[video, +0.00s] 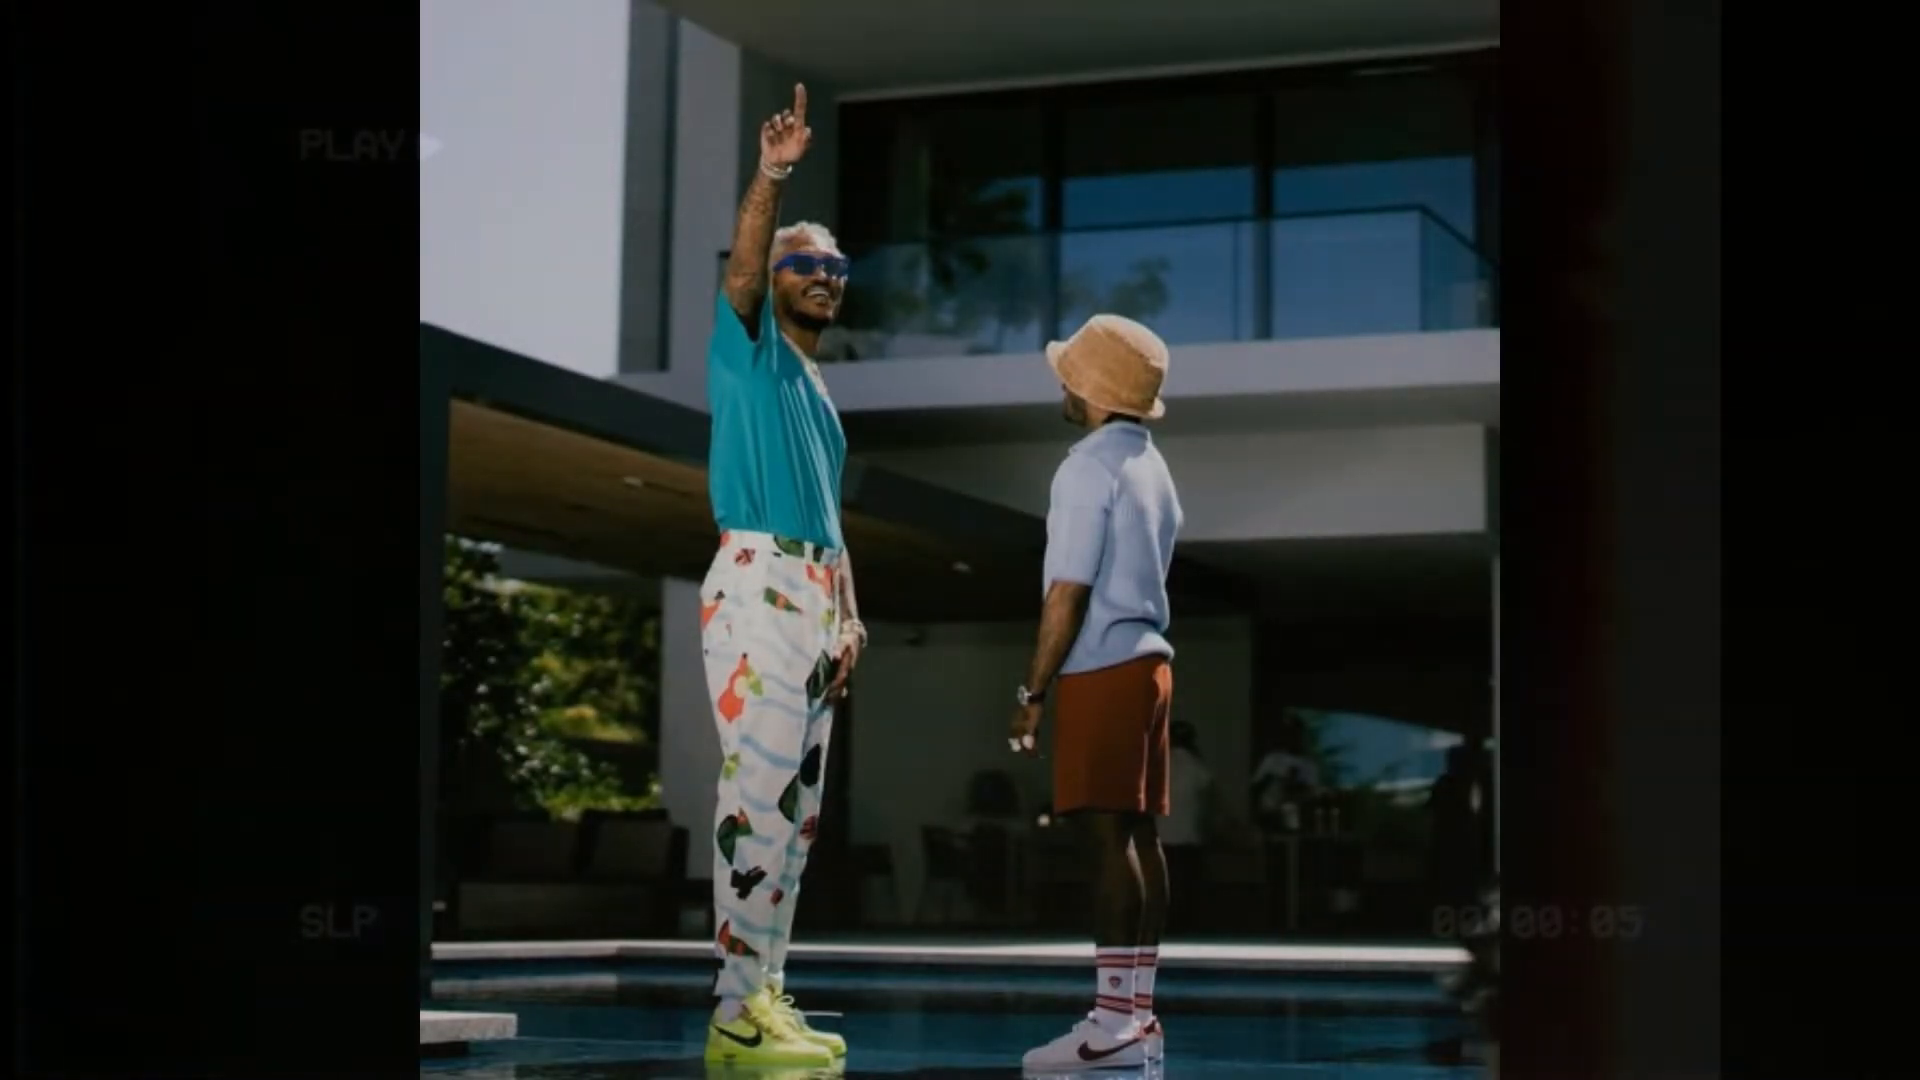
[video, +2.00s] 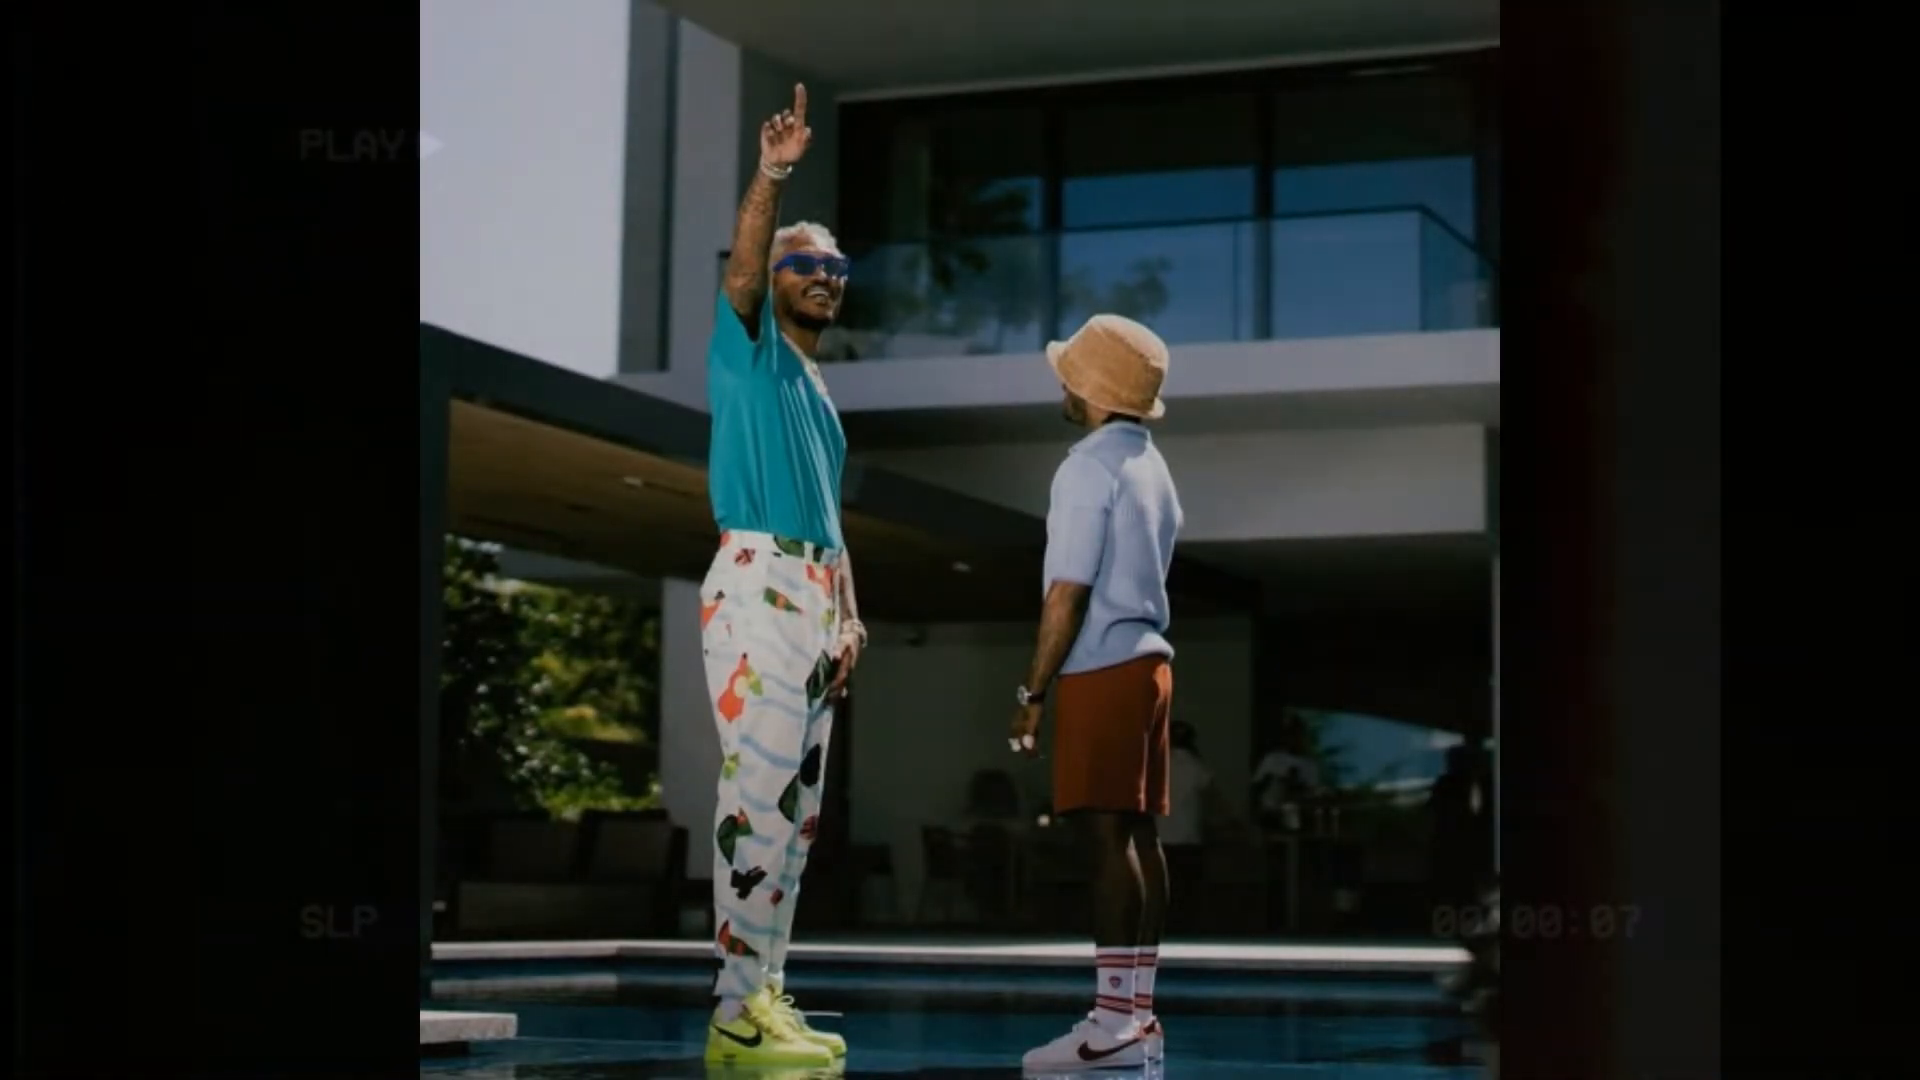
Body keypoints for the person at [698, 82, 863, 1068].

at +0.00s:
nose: (823, 282)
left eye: (834, 273)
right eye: (805, 268)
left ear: (842, 292)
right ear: (770, 279)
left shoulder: (819, 396)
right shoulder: (744, 344)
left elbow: (827, 521)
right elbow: (744, 268)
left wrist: (847, 613)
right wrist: (770, 173)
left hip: (814, 590)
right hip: (756, 581)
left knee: (794, 797)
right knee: (758, 791)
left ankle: (758, 1003)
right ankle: (746, 1006)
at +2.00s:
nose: (823, 283)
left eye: (834, 274)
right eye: (806, 268)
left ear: (841, 293)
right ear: (770, 278)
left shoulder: (818, 394)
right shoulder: (744, 343)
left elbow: (827, 519)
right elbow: (744, 267)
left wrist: (847, 611)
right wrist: (770, 173)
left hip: (813, 589)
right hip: (755, 581)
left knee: (794, 798)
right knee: (759, 791)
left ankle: (759, 1001)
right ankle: (745, 1005)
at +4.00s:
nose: (823, 282)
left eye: (834, 273)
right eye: (806, 268)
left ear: (842, 293)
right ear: (770, 278)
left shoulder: (819, 395)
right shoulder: (744, 344)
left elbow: (828, 520)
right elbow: (744, 266)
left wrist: (847, 612)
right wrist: (770, 173)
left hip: (814, 590)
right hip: (756, 582)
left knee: (794, 798)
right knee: (759, 791)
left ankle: (758, 1002)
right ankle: (746, 1004)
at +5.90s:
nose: (823, 283)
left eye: (834, 274)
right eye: (806, 268)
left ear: (841, 293)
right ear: (770, 278)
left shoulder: (818, 395)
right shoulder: (744, 344)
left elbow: (827, 520)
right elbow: (743, 269)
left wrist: (846, 613)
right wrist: (770, 173)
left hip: (814, 590)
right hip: (756, 582)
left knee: (794, 797)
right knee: (758, 790)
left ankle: (755, 1005)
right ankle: (749, 1003)